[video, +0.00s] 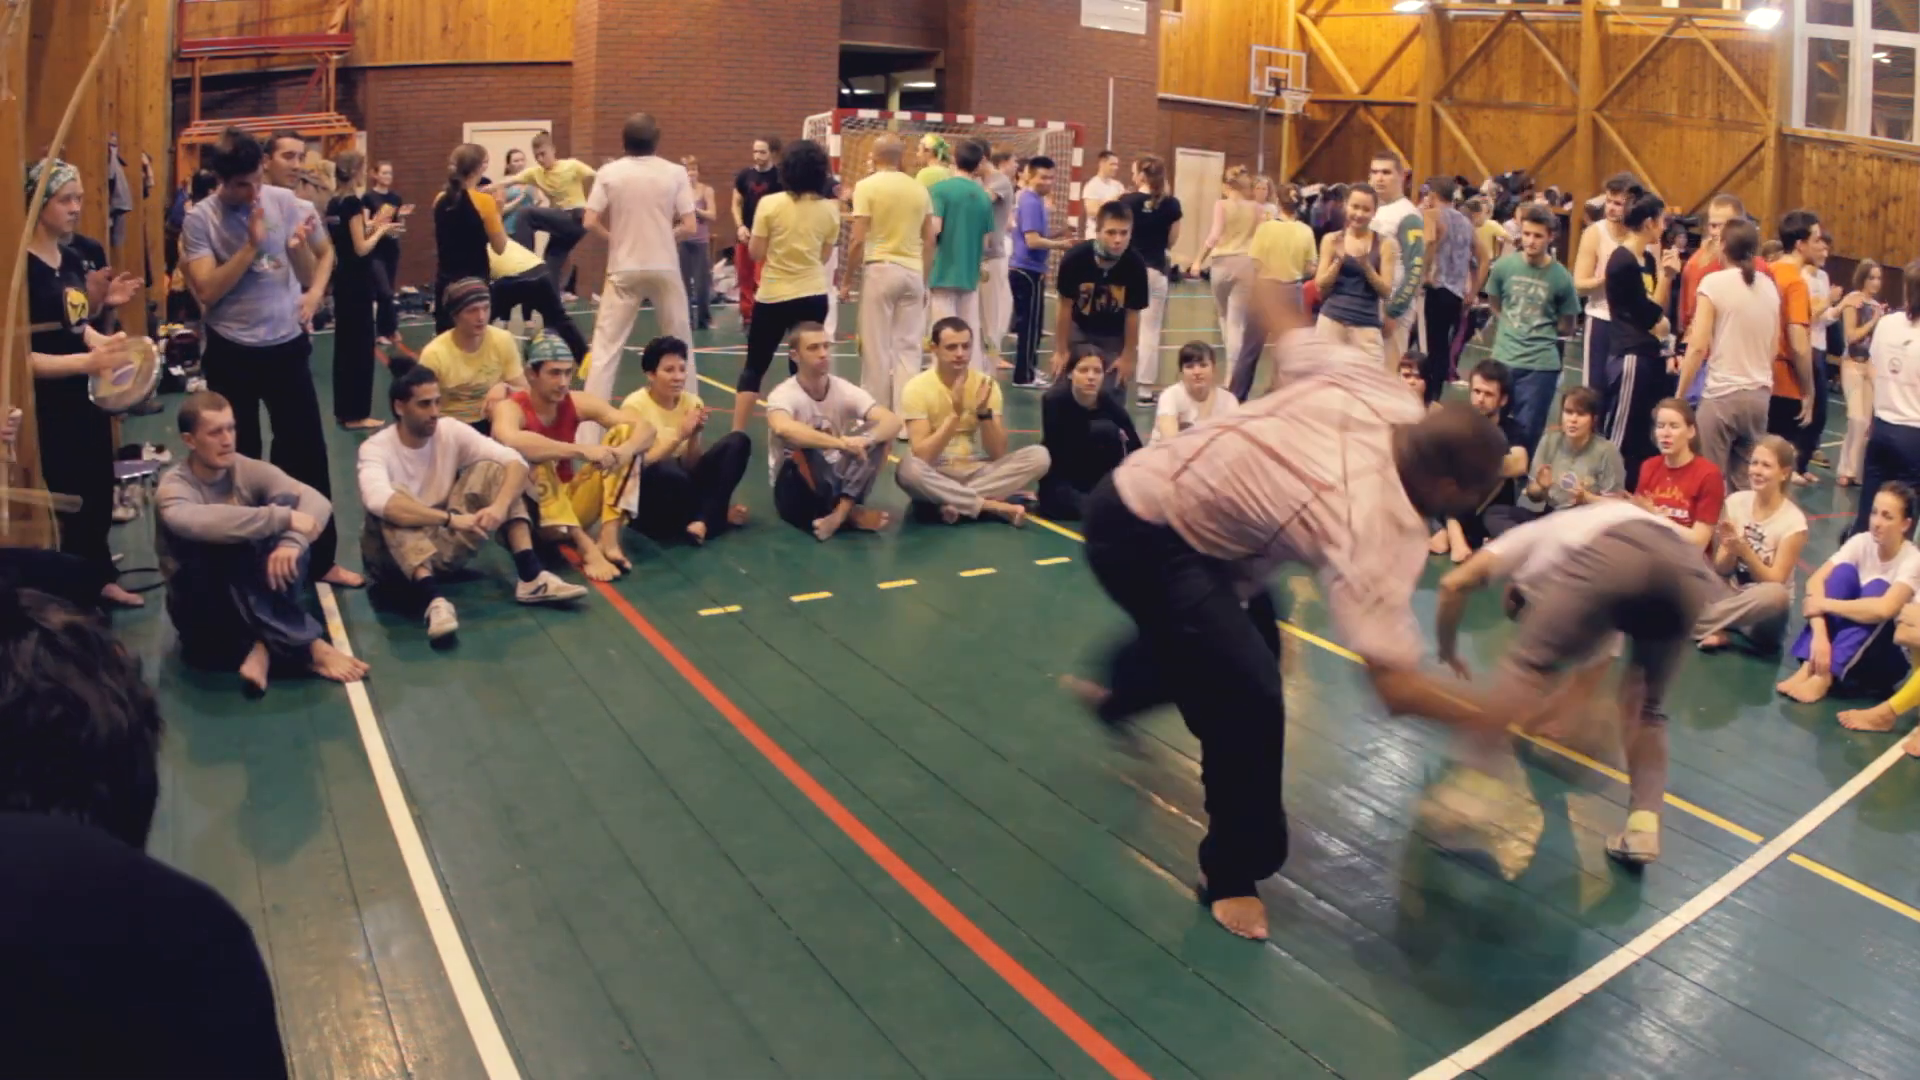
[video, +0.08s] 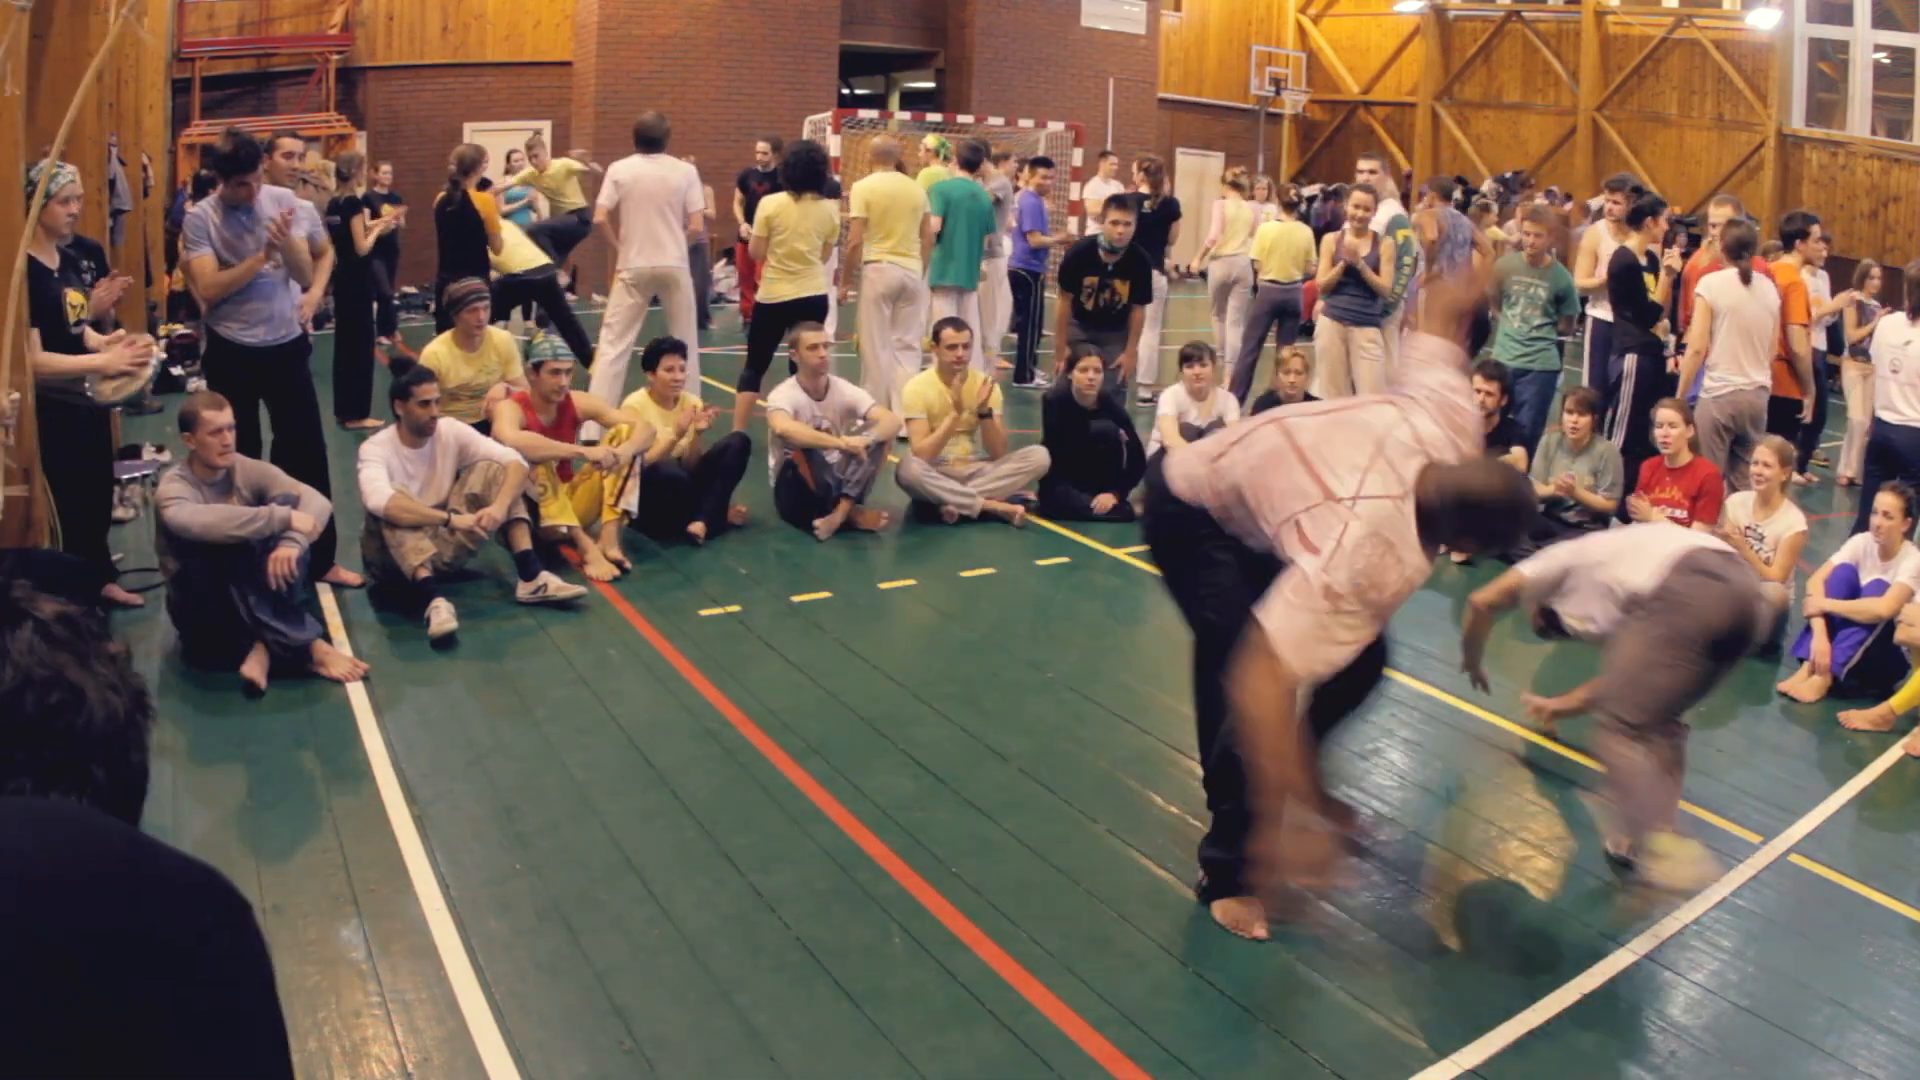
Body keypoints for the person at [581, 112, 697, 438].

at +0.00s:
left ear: (624, 142)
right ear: (656, 142)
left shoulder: (609, 172)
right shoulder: (675, 173)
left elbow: (589, 220)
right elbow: (689, 227)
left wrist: (614, 239)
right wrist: (662, 238)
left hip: (624, 266)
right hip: (664, 265)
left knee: (605, 347)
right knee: (679, 342)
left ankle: (590, 425)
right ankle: (689, 415)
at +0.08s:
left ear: (635, 140)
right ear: (667, 140)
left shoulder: (619, 169)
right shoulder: (685, 171)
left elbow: (600, 218)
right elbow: (696, 228)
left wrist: (619, 248)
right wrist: (671, 246)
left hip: (633, 263)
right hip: (674, 262)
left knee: (613, 343)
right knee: (684, 342)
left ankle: (596, 420)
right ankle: (689, 415)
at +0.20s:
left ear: (648, 138)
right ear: (679, 138)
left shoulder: (631, 168)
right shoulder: (697, 169)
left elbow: (615, 215)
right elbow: (706, 226)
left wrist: (624, 256)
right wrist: (700, 265)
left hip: (643, 259)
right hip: (684, 261)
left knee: (624, 342)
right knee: (690, 341)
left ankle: (604, 421)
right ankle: (691, 416)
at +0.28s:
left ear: (654, 138)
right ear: (685, 138)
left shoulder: (637, 168)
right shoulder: (703, 170)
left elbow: (623, 215)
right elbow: (712, 225)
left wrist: (630, 256)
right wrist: (707, 267)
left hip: (648, 257)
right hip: (688, 260)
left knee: (630, 339)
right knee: (692, 340)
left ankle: (615, 418)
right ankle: (692, 414)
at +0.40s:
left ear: (661, 138)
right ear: (692, 139)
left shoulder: (645, 166)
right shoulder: (709, 170)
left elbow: (628, 211)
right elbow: (720, 225)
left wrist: (634, 253)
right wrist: (709, 263)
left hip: (652, 256)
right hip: (692, 258)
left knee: (636, 340)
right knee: (695, 343)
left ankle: (627, 422)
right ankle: (693, 425)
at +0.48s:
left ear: (664, 138)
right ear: (696, 138)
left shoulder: (648, 166)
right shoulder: (712, 171)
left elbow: (630, 209)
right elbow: (721, 226)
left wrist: (635, 252)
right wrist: (709, 263)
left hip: (654, 255)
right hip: (693, 258)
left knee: (638, 339)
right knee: (696, 342)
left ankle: (631, 420)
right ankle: (693, 423)